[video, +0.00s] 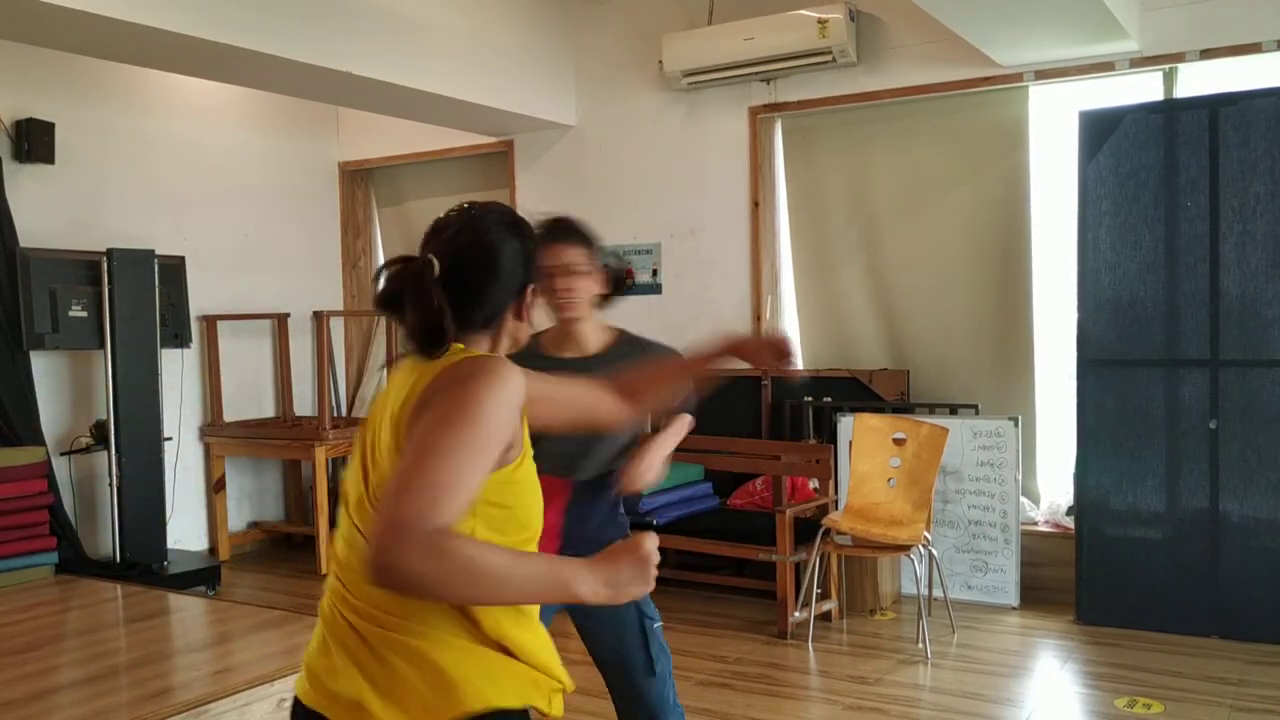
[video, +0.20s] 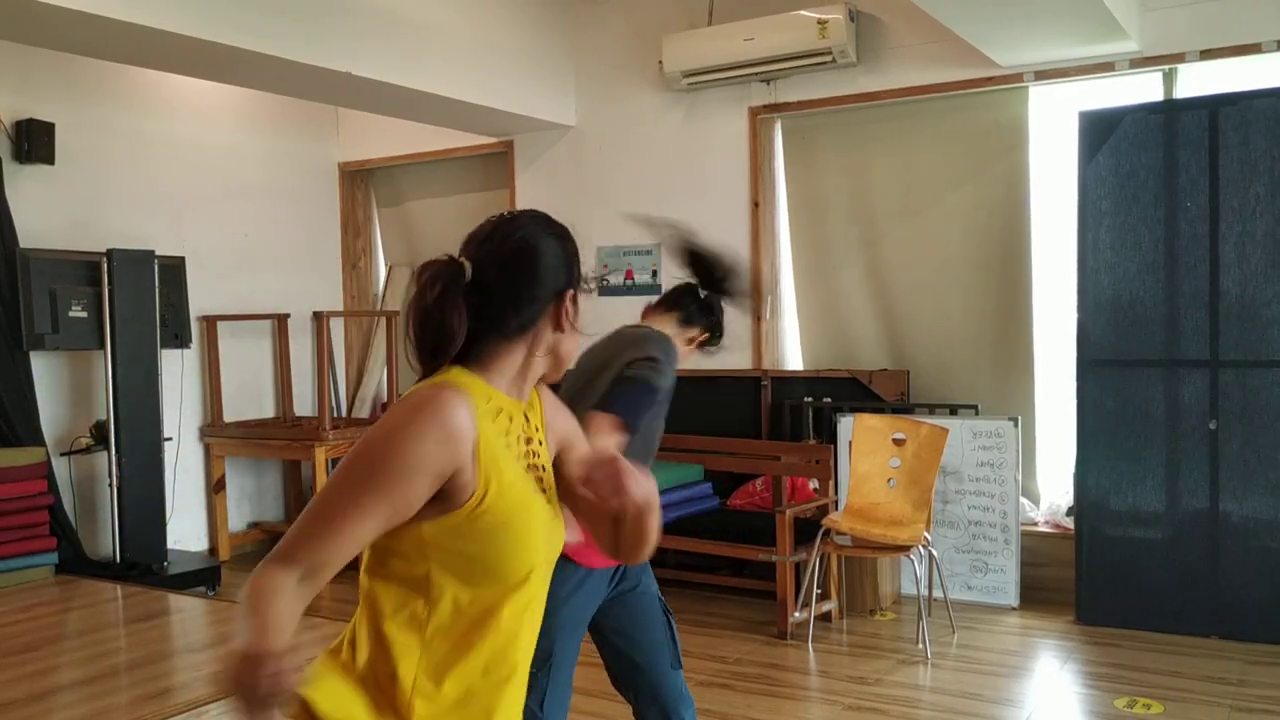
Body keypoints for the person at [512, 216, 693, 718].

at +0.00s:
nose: (564, 284)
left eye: (577, 271)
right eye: (552, 272)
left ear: (604, 279)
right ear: (537, 285)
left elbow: (683, 409)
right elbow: (488, 435)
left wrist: (657, 449)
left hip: (601, 539)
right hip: (522, 541)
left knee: (648, 693)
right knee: (489, 681)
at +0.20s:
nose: (687, 357)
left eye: (694, 352)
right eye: (695, 349)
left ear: (653, 308)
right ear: (695, 336)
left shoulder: (611, 344)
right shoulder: (655, 352)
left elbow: (556, 409)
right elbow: (601, 431)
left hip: (621, 554)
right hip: (573, 553)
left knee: (665, 698)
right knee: (542, 701)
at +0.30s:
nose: (712, 373)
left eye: (720, 363)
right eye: (722, 359)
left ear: (680, 321)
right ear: (713, 338)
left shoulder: (643, 363)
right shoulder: (647, 354)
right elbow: (658, 442)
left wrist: (741, 494)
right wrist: (739, 499)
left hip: (621, 559)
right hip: (573, 558)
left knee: (671, 703)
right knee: (544, 704)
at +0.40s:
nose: (724, 375)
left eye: (732, 368)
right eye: (731, 362)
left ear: (710, 331)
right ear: (716, 331)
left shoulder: (663, 372)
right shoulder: (650, 350)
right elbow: (685, 439)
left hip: (620, 562)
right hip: (563, 560)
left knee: (665, 704)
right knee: (535, 706)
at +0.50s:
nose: (730, 352)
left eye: (739, 344)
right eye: (730, 333)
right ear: (696, 309)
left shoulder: (662, 364)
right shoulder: (646, 349)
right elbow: (665, 450)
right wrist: (734, 450)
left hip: (620, 559)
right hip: (561, 558)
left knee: (665, 703)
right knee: (536, 707)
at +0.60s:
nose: (706, 324)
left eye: (718, 315)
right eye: (699, 304)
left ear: (723, 320)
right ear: (665, 293)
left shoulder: (650, 364)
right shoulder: (630, 355)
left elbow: (616, 458)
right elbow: (586, 459)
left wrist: (647, 525)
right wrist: (663, 515)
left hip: (621, 559)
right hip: (566, 557)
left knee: (663, 702)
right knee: (539, 702)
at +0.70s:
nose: (674, 308)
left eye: (688, 298)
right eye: (668, 290)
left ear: (696, 305)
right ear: (637, 283)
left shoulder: (654, 385)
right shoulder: (589, 363)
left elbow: (667, 492)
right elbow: (531, 457)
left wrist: (754, 506)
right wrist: (541, 560)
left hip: (629, 568)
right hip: (558, 571)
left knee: (672, 706)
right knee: (535, 709)